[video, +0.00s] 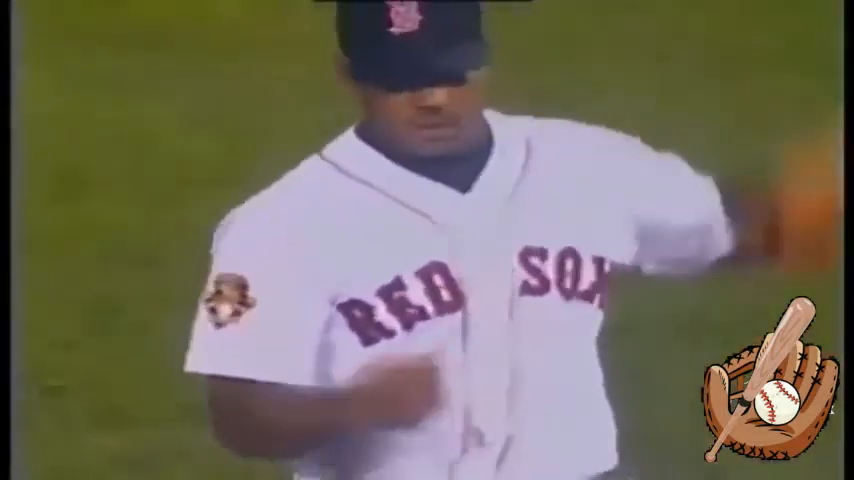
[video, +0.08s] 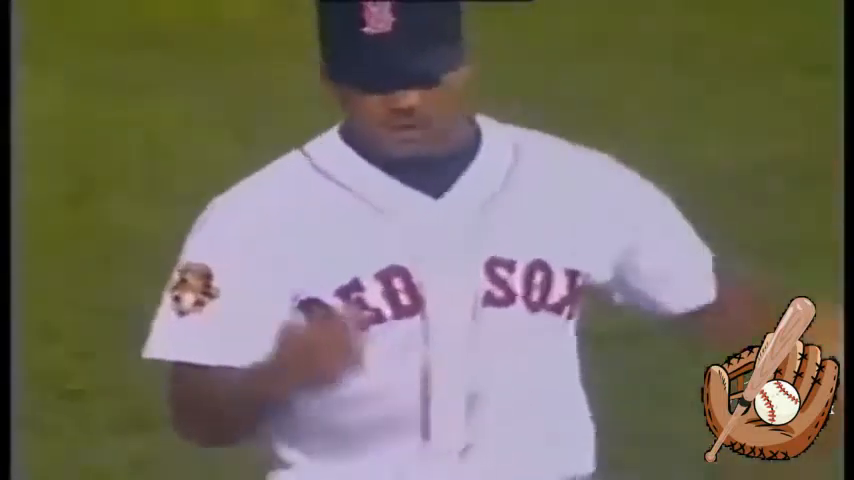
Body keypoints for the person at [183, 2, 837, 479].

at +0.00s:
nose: (432, 100)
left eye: (450, 74)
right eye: (403, 80)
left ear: (479, 59)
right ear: (354, 77)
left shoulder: (586, 168)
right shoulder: (277, 228)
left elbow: (731, 222)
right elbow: (241, 418)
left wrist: (802, 212)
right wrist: (356, 405)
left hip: (575, 468)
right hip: (396, 473)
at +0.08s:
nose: (404, 103)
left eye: (427, 76)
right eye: (375, 82)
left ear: (466, 61)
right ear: (332, 80)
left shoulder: (585, 189)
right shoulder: (251, 219)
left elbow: (711, 300)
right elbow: (197, 417)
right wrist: (278, 374)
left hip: (544, 469)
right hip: (344, 470)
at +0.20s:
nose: (365, 116)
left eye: (388, 90)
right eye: (336, 94)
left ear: (440, 77)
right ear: (303, 89)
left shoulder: (548, 211)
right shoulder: (223, 220)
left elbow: (664, 376)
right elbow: (157, 428)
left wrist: (692, 468)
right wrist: (159, 338)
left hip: (495, 469)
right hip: (296, 470)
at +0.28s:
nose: (342, 125)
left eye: (367, 100)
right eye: (317, 104)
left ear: (424, 86)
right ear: (285, 103)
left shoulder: (526, 221)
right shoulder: (209, 224)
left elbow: (618, 396)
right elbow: (146, 419)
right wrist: (107, 338)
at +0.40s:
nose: (310, 129)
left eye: (335, 105)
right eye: (288, 107)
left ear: (398, 88)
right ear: (261, 100)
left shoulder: (510, 227)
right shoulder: (198, 220)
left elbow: (570, 417)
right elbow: (162, 375)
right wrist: (117, 392)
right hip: (244, 474)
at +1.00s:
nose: (270, 226)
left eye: (284, 203)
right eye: (252, 209)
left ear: (353, 150)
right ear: (229, 172)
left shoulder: (522, 228)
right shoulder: (237, 215)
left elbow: (643, 404)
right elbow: (229, 361)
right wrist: (142, 467)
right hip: (305, 465)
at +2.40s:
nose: (355, 274)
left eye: (378, 245)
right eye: (335, 252)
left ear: (447, 172)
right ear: (303, 200)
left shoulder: (611, 208)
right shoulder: (292, 205)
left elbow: (740, 378)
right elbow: (273, 350)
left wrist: (705, 464)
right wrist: (218, 469)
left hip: (599, 470)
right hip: (386, 468)